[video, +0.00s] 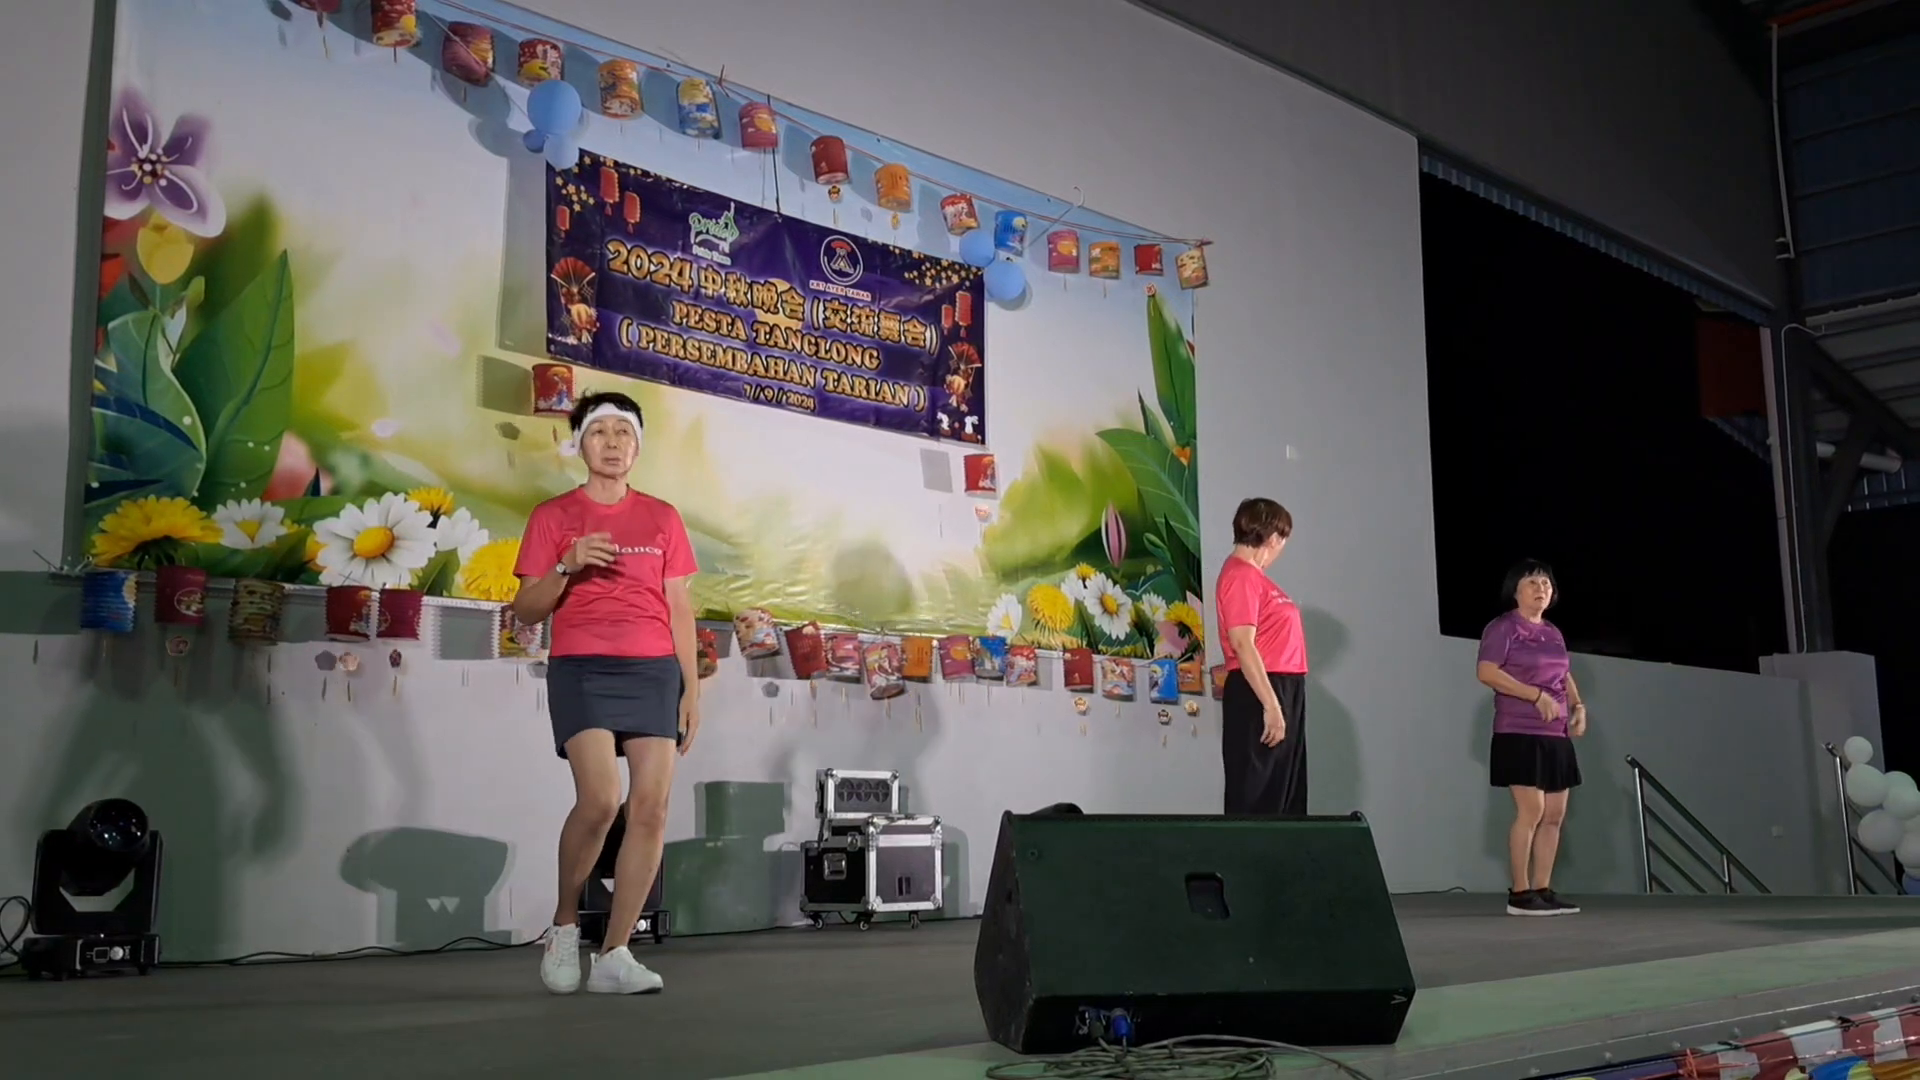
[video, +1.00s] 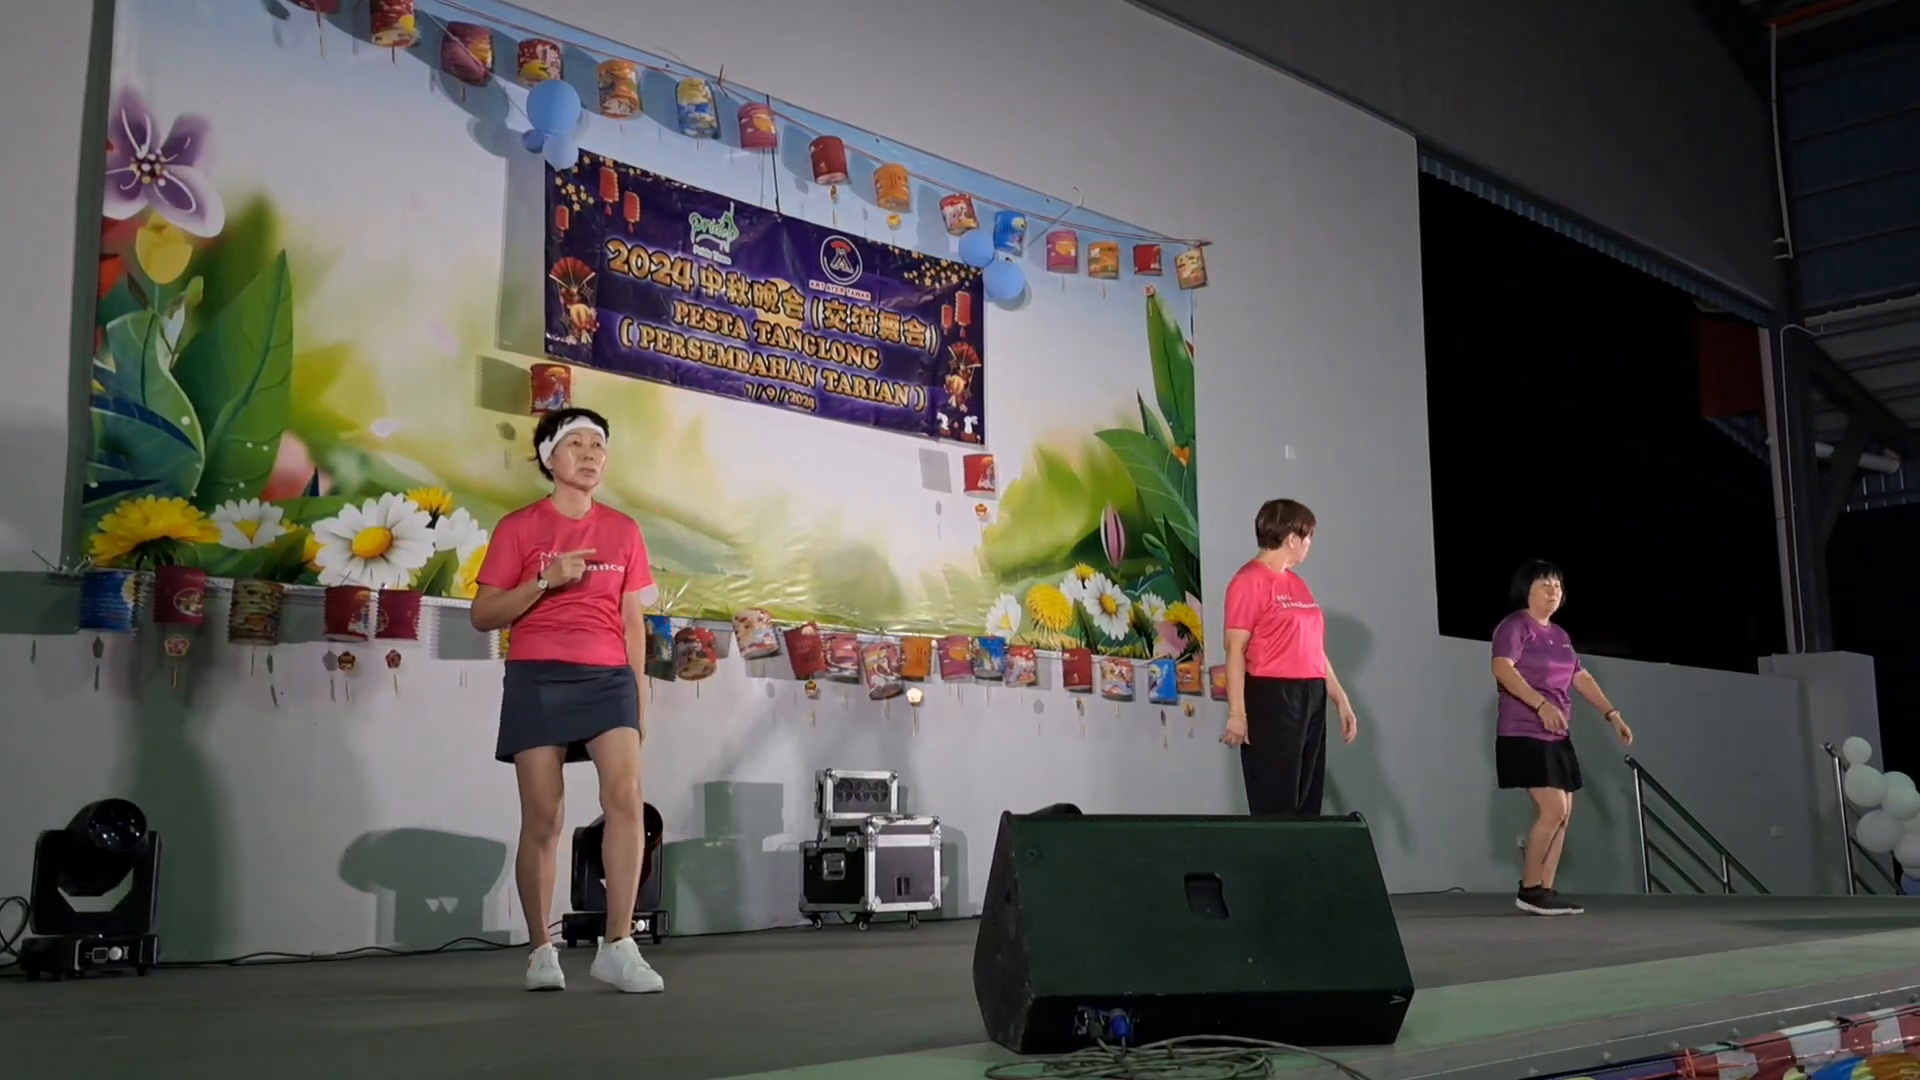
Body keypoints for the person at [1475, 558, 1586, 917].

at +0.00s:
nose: (1541, 588)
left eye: (1545, 583)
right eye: (1532, 583)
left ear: (1551, 592)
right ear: (1516, 591)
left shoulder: (1554, 633)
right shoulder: (1502, 628)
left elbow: (1564, 676)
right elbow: (1486, 672)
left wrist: (1577, 706)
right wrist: (1537, 695)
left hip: (1556, 736)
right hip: (1518, 735)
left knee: (1554, 815)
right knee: (1530, 811)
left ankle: (1542, 890)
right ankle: (1519, 893)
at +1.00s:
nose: (1553, 591)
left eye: (1557, 586)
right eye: (1544, 584)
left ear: (1562, 594)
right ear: (1527, 589)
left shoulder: (1559, 636)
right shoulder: (1514, 625)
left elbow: (1580, 677)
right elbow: (1502, 669)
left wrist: (1612, 714)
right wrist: (1541, 704)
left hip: (1556, 736)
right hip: (1523, 735)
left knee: (1563, 811)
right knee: (1553, 808)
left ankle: (1545, 891)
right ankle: (1529, 889)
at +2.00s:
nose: (1552, 587)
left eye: (1557, 582)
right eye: (1544, 582)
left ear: (1563, 591)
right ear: (1528, 590)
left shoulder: (1566, 632)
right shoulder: (1520, 629)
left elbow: (1583, 680)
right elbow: (1520, 682)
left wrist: (1605, 722)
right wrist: (1549, 728)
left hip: (1575, 736)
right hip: (1540, 736)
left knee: (1576, 814)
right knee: (1558, 811)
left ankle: (1559, 891)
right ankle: (1541, 892)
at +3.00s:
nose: (1495, 588)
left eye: (1502, 583)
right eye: (1488, 583)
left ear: (1513, 593)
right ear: (1478, 594)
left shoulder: (1535, 631)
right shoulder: (1463, 638)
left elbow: (1557, 674)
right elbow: (1444, 685)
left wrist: (1571, 682)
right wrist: (1419, 731)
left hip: (1537, 736)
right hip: (1488, 739)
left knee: (1573, 803)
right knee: (1496, 812)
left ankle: (1590, 885)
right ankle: (1505, 891)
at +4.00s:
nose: (1557, 587)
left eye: (1557, 582)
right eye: (1549, 582)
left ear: (1558, 592)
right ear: (1532, 589)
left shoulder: (1556, 634)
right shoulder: (1523, 625)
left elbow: (1563, 690)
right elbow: (1521, 677)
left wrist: (1578, 732)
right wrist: (1542, 729)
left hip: (1566, 735)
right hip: (1538, 734)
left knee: (1565, 814)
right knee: (1550, 811)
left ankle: (1556, 891)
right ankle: (1542, 892)